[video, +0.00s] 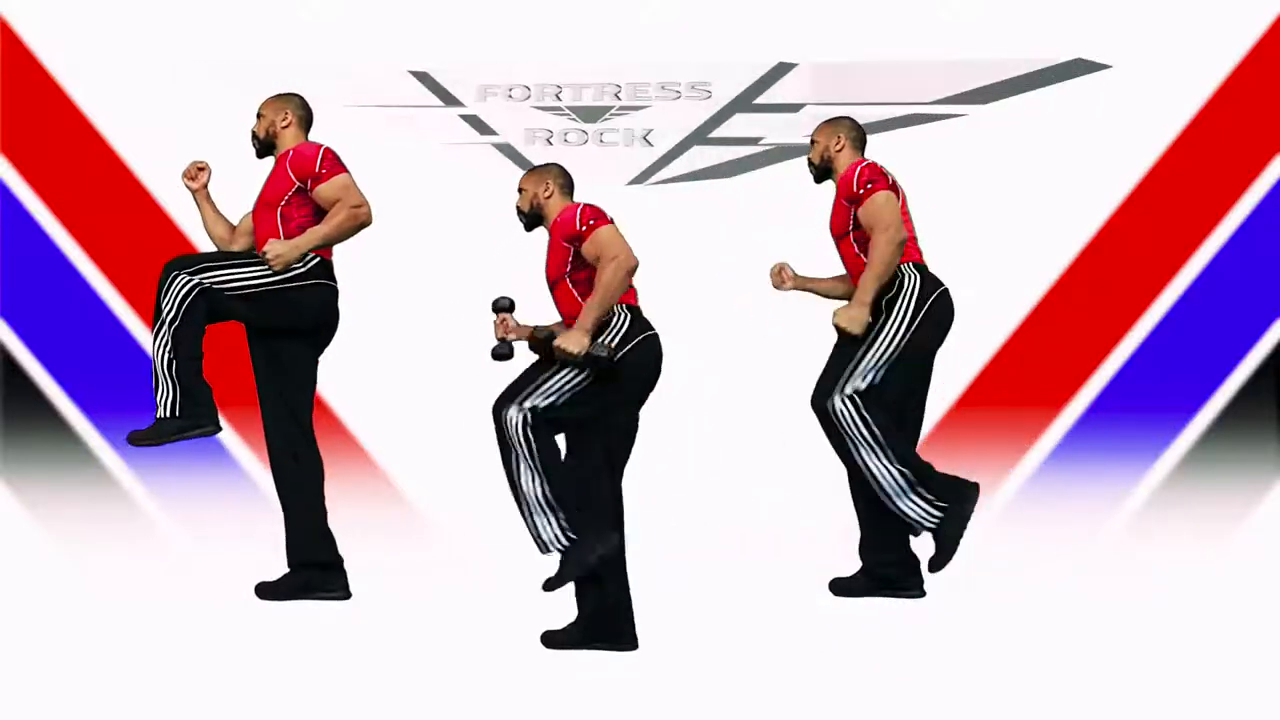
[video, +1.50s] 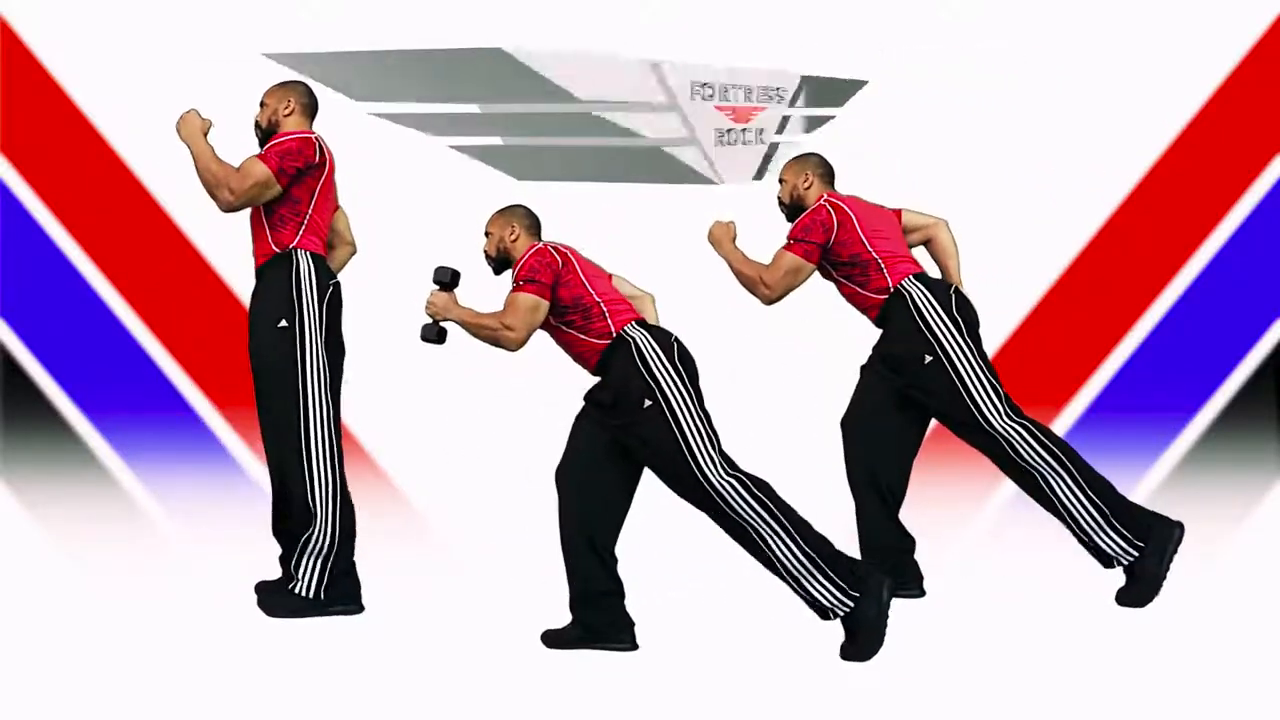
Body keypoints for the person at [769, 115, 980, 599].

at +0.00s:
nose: (809, 154)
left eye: (814, 144)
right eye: (809, 146)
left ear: (839, 143)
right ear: (841, 145)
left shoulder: (862, 173)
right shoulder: (845, 202)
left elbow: (890, 233)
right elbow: (860, 284)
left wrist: (859, 304)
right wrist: (800, 282)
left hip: (907, 294)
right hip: (894, 303)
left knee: (838, 397)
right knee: (874, 431)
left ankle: (940, 502)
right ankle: (889, 567)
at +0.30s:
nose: (825, 134)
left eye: (831, 124)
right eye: (826, 126)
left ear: (857, 123)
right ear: (857, 125)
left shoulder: (880, 156)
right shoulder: (861, 184)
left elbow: (931, 211)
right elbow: (822, 247)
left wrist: (933, 287)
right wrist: (782, 207)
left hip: (892, 273)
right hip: (888, 292)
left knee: (776, 290)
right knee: (871, 434)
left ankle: (790, 419)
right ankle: (892, 567)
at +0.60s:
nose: (828, 135)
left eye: (833, 125)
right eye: (829, 127)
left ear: (858, 124)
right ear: (860, 127)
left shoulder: (884, 156)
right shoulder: (864, 185)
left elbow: (936, 210)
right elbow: (823, 248)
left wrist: (944, 285)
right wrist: (782, 208)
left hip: (891, 275)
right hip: (890, 296)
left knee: (773, 291)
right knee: (868, 433)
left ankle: (775, 420)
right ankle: (891, 567)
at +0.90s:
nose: (814, 142)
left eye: (818, 132)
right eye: (815, 135)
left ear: (841, 129)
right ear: (851, 132)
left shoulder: (866, 162)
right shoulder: (859, 181)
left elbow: (882, 233)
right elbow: (861, 271)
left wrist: (832, 290)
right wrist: (803, 275)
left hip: (901, 284)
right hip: (907, 299)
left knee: (797, 355)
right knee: (876, 432)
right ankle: (892, 568)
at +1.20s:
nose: (785, 172)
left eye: (791, 163)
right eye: (787, 164)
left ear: (814, 162)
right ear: (830, 164)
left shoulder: (826, 198)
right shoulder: (865, 198)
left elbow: (772, 261)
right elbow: (936, 231)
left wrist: (733, 221)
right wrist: (944, 298)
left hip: (907, 304)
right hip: (895, 314)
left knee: (960, 429)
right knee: (864, 435)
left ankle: (1104, 529)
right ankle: (890, 566)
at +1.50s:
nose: (777, 192)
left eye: (784, 182)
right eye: (778, 184)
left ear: (812, 183)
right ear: (817, 186)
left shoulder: (821, 216)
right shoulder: (858, 211)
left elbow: (769, 286)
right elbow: (934, 228)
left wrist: (726, 249)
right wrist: (953, 294)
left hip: (923, 313)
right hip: (910, 323)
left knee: (1004, 433)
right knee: (866, 435)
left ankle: (1141, 537)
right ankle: (892, 566)